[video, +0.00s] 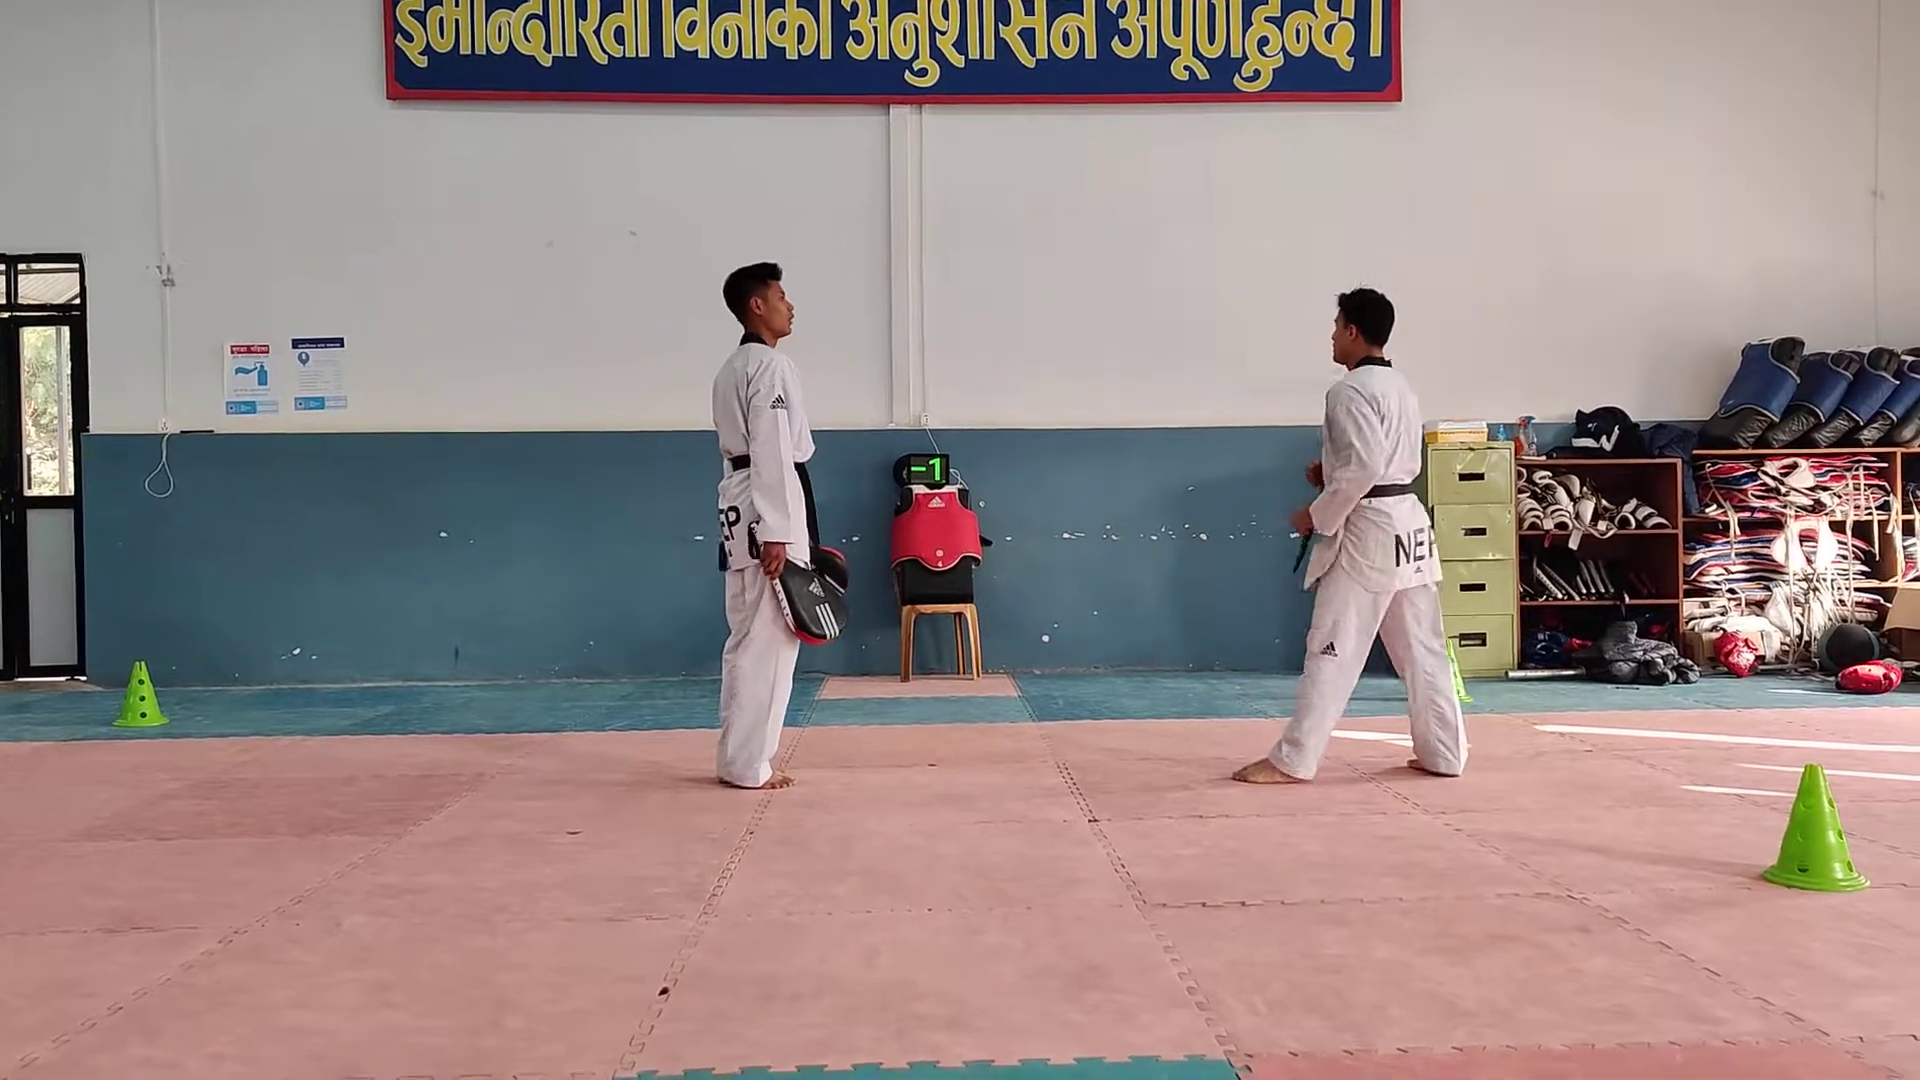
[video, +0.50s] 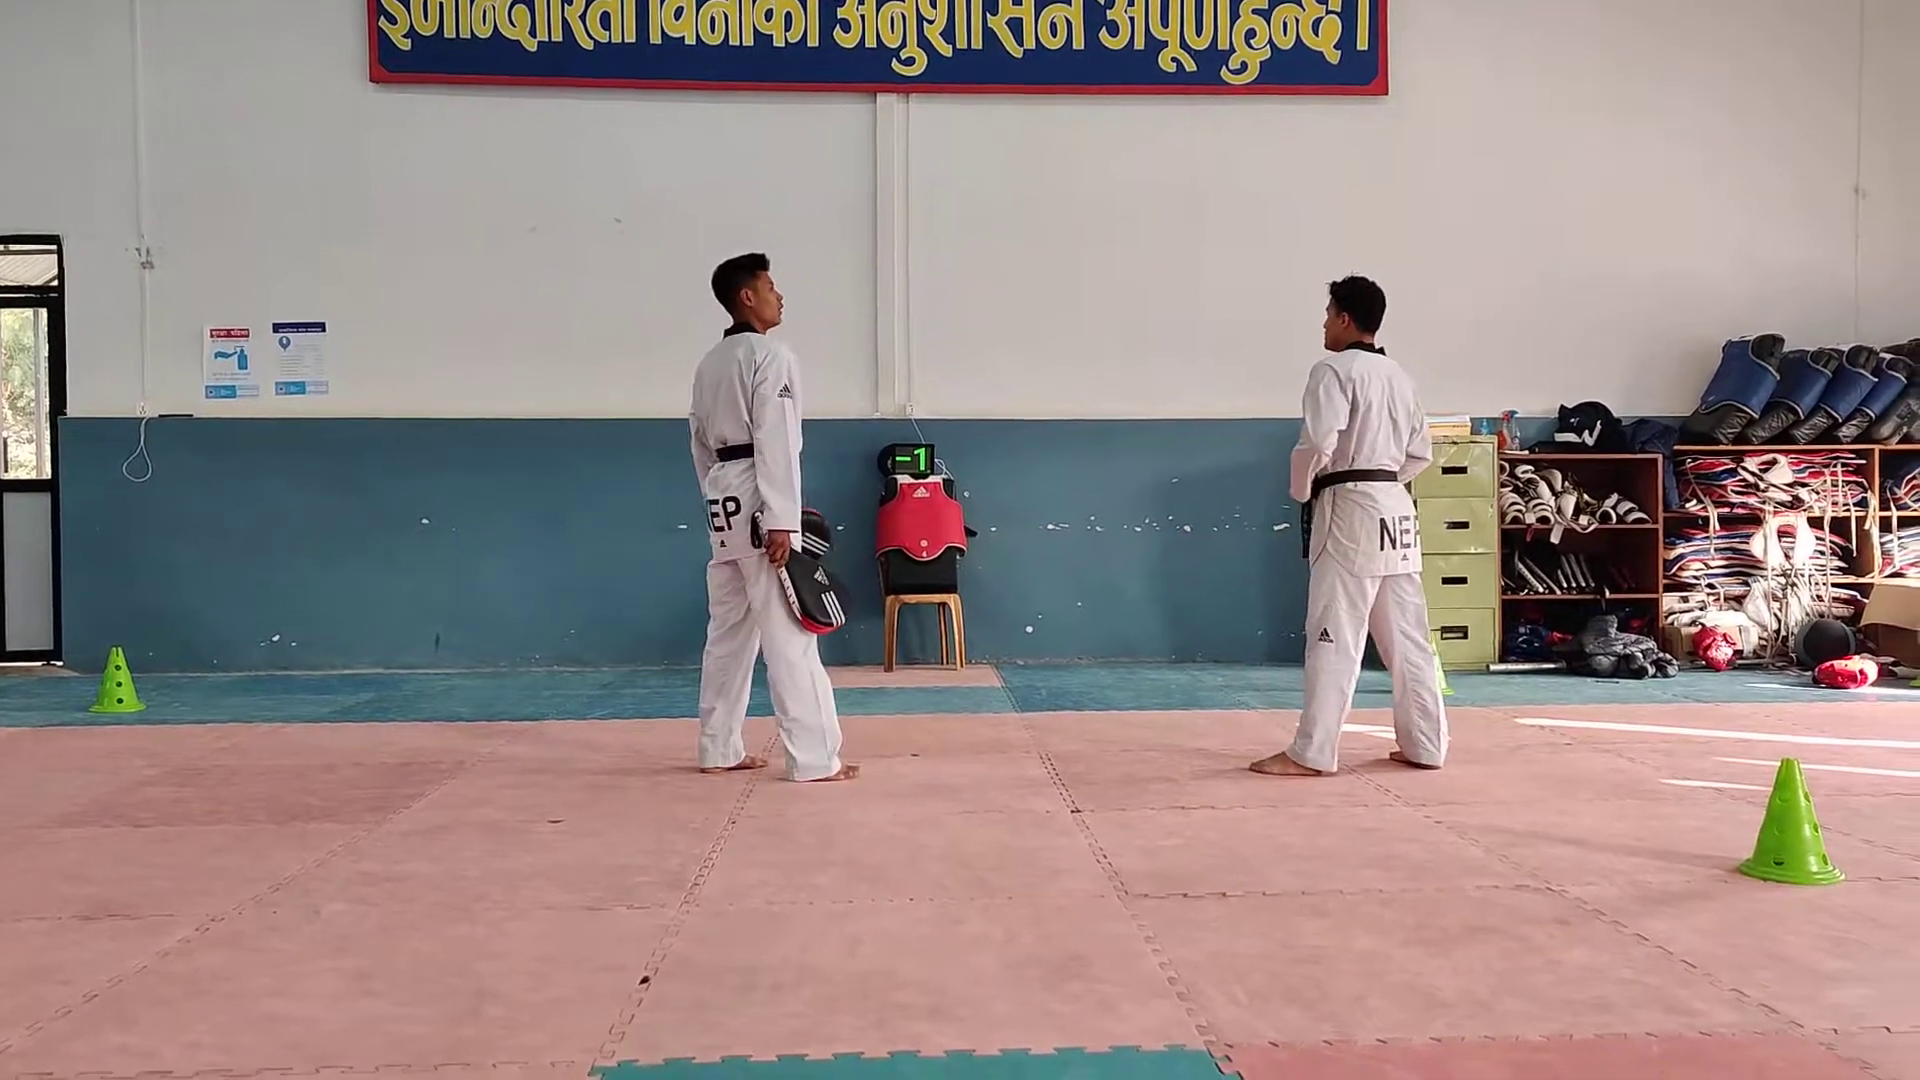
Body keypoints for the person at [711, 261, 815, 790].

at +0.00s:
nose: (790, 305)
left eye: (786, 296)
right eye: (781, 297)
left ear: (751, 308)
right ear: (758, 306)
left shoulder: (732, 368)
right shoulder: (769, 365)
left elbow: (742, 460)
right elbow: (771, 457)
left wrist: (798, 534)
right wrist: (775, 532)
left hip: (739, 513)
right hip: (767, 514)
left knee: (748, 636)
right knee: (769, 638)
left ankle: (740, 757)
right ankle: (748, 763)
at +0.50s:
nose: (780, 295)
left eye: (775, 286)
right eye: (770, 287)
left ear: (740, 300)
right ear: (746, 297)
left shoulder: (709, 364)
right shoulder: (771, 355)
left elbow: (703, 451)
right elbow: (777, 445)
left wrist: (723, 501)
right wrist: (781, 518)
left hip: (722, 507)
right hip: (762, 504)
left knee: (728, 632)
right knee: (790, 633)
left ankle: (720, 749)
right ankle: (815, 758)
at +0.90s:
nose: (814, 298)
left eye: (810, 287)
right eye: (806, 288)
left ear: (771, 298)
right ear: (780, 295)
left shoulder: (726, 357)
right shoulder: (801, 356)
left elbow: (698, 433)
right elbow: (818, 447)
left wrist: (729, 487)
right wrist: (844, 525)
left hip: (729, 494)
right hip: (779, 491)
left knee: (724, 627)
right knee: (794, 627)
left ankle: (708, 748)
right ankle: (802, 757)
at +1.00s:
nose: (825, 302)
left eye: (823, 292)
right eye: (818, 293)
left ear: (782, 300)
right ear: (793, 298)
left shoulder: (734, 353)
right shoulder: (807, 358)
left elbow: (700, 425)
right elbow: (838, 448)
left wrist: (727, 473)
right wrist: (892, 508)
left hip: (726, 487)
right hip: (773, 487)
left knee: (723, 624)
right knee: (789, 622)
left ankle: (706, 749)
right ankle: (798, 758)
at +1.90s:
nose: (779, 318)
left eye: (778, 308)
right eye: (772, 308)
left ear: (737, 314)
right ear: (744, 311)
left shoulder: (691, 370)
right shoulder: (741, 371)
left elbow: (709, 457)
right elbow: (765, 448)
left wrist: (768, 468)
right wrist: (841, 447)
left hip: (677, 502)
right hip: (717, 504)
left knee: (702, 626)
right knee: (772, 620)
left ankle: (648, 735)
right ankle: (807, 749)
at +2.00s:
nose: (749, 309)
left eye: (748, 299)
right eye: (741, 299)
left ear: (716, 304)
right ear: (711, 301)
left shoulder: (699, 363)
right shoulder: (692, 358)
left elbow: (710, 450)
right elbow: (685, 435)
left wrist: (764, 478)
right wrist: (759, 434)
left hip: (659, 489)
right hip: (679, 487)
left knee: (692, 619)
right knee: (751, 603)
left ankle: (653, 733)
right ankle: (811, 737)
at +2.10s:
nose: (724, 295)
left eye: (723, 286)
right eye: (715, 286)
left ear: (695, 290)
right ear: (686, 288)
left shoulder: (703, 353)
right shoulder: (648, 348)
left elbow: (705, 438)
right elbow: (634, 422)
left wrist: (756, 468)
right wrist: (711, 419)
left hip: (665, 475)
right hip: (640, 475)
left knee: (675, 604)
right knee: (708, 591)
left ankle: (666, 722)